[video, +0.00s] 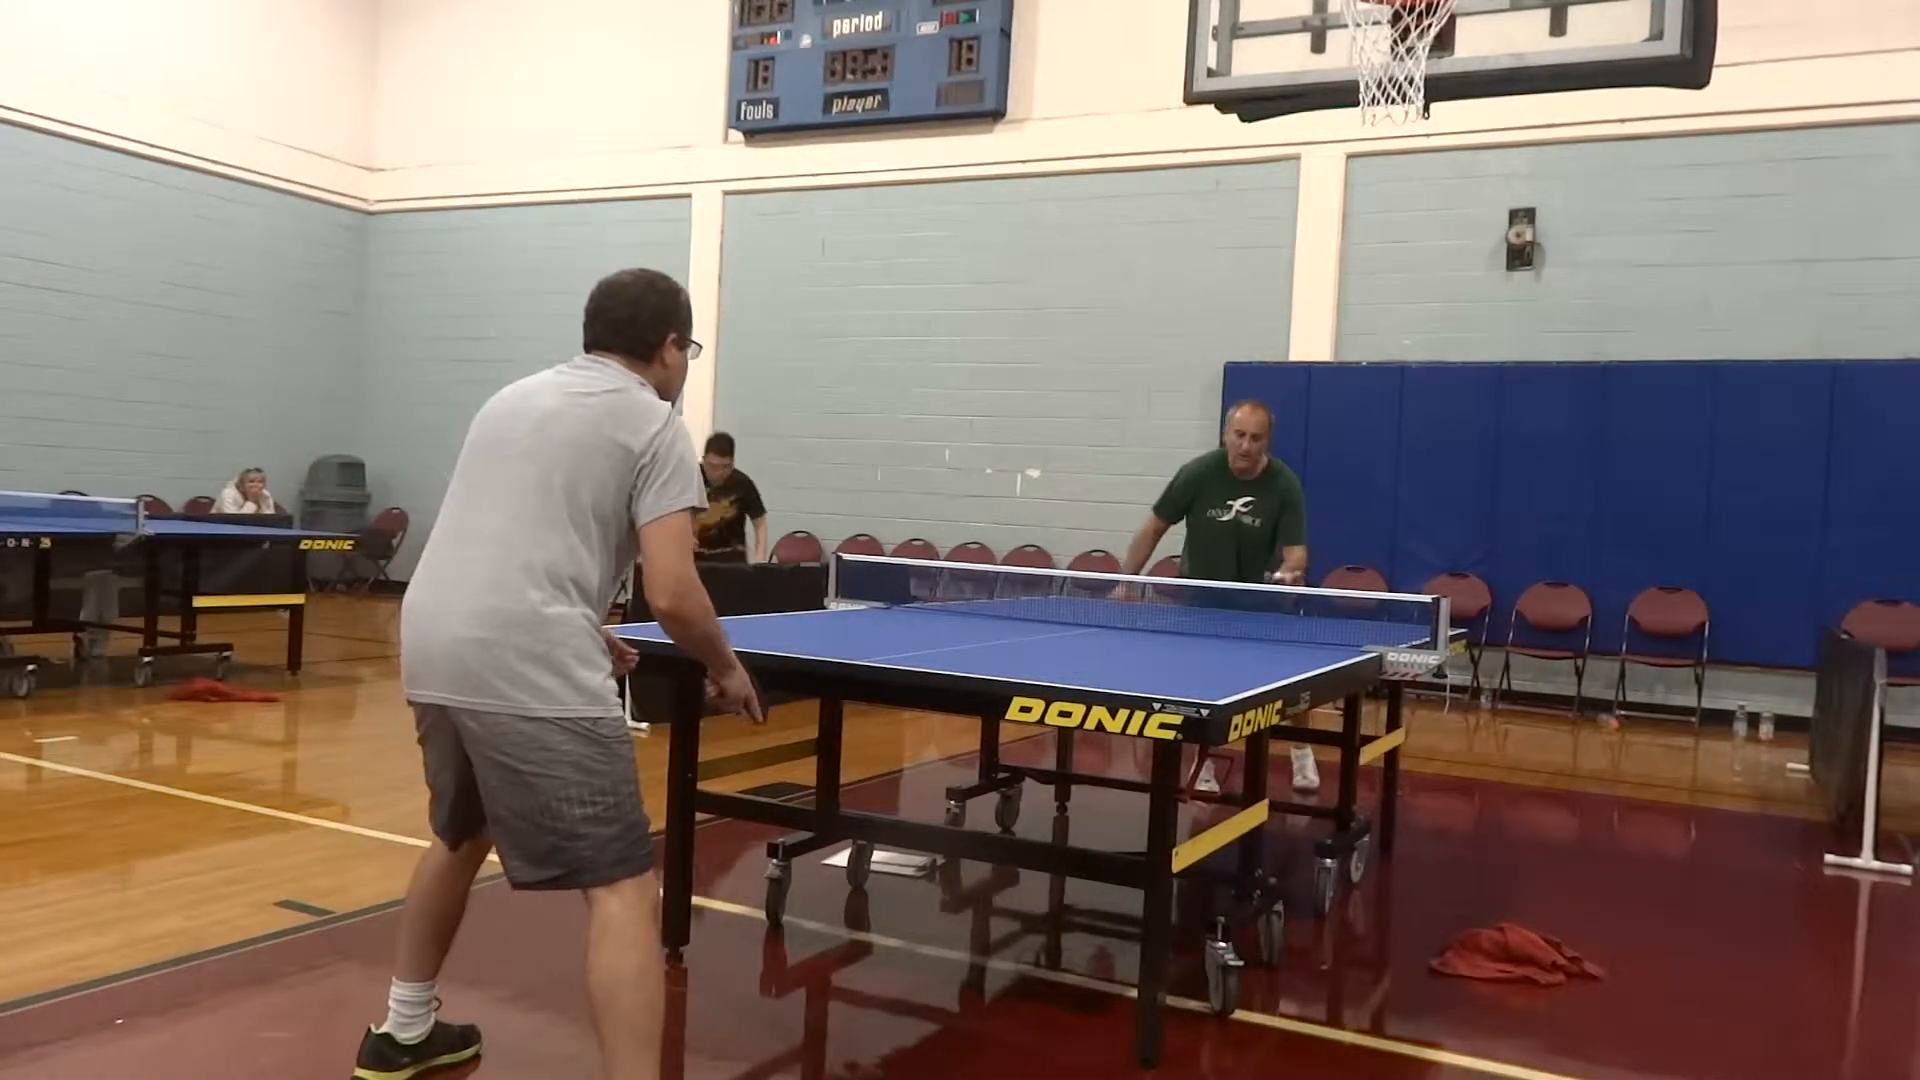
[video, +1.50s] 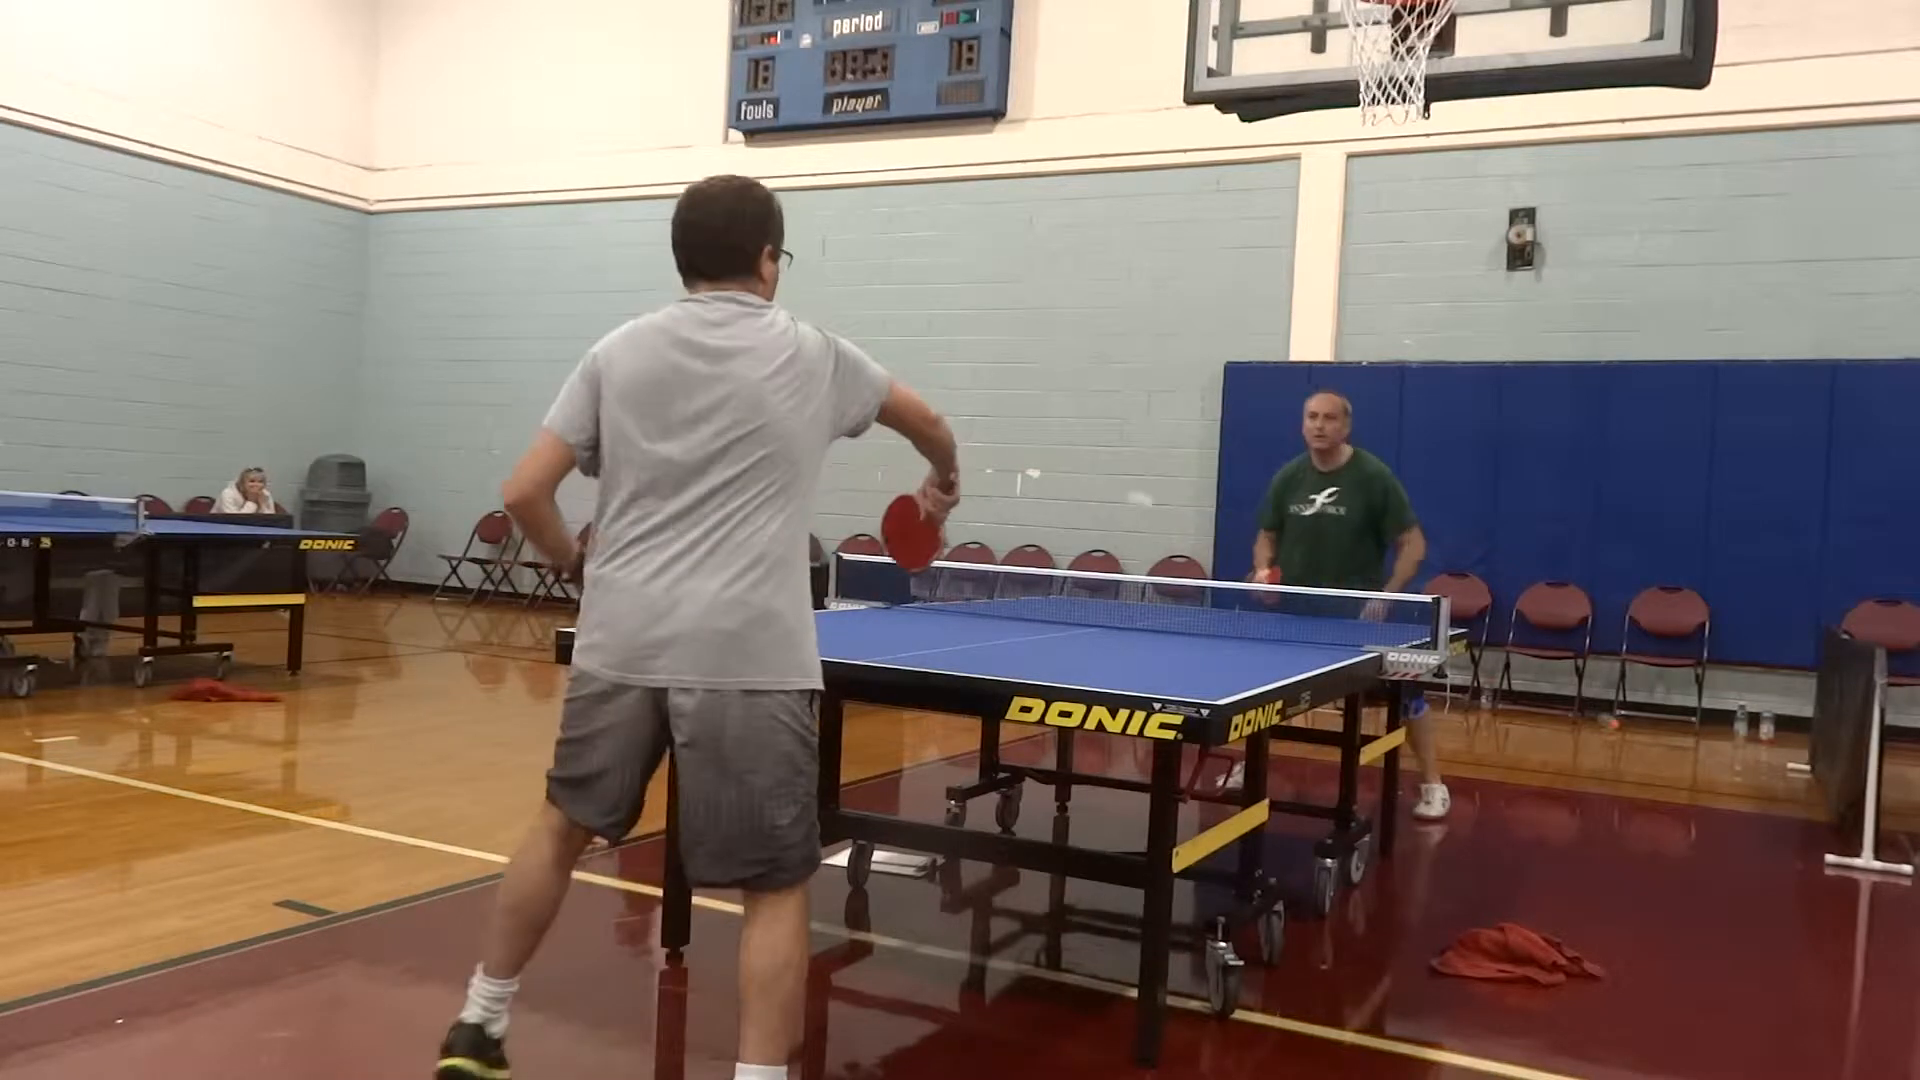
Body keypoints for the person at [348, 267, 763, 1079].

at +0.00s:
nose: (687, 367)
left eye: (689, 353)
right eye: (687, 352)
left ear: (591, 339)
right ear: (664, 347)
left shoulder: (512, 399)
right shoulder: (655, 425)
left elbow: (488, 545)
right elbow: (671, 591)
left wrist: (579, 627)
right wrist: (723, 664)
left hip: (431, 653)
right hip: (536, 669)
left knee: (461, 832)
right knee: (622, 885)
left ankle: (404, 1028)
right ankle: (635, 1073)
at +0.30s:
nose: (696, 361)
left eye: (696, 346)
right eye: (695, 345)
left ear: (597, 338)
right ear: (671, 344)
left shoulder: (521, 398)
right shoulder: (661, 422)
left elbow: (502, 537)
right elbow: (677, 588)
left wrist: (585, 622)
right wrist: (724, 661)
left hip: (443, 650)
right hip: (546, 669)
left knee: (465, 830)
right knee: (623, 882)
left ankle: (405, 1028)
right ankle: (634, 1072)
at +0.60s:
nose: (707, 355)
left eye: (706, 340)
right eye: (705, 339)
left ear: (610, 334)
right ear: (682, 340)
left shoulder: (533, 395)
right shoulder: (670, 419)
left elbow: (515, 539)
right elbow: (688, 584)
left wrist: (603, 624)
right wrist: (739, 646)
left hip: (456, 650)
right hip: (557, 668)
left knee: (471, 831)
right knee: (630, 884)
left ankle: (405, 1028)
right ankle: (637, 1072)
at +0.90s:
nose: (719, 346)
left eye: (718, 331)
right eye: (718, 330)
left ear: (620, 327)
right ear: (693, 330)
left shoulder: (544, 393)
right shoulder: (689, 414)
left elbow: (543, 535)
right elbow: (750, 568)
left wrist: (632, 608)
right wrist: (766, 596)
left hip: (481, 647)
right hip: (586, 658)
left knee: (488, 832)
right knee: (691, 855)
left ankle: (405, 1026)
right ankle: (665, 1069)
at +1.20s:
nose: (765, 328)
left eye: (762, 316)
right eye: (764, 316)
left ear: (667, 313)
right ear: (744, 310)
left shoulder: (597, 389)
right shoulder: (772, 378)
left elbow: (518, 544)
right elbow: (919, 448)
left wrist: (590, 596)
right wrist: (876, 541)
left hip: (593, 677)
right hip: (723, 686)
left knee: (531, 842)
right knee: (785, 879)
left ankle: (450, 1009)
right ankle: (760, 1074)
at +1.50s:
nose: (782, 263)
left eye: (777, 251)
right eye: (781, 251)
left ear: (678, 261)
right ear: (767, 259)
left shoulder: (620, 351)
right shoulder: (810, 351)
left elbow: (525, 490)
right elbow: (926, 425)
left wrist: (567, 551)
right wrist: (947, 474)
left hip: (620, 650)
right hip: (754, 664)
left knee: (561, 827)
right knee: (773, 889)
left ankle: (480, 1020)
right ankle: (759, 1078)